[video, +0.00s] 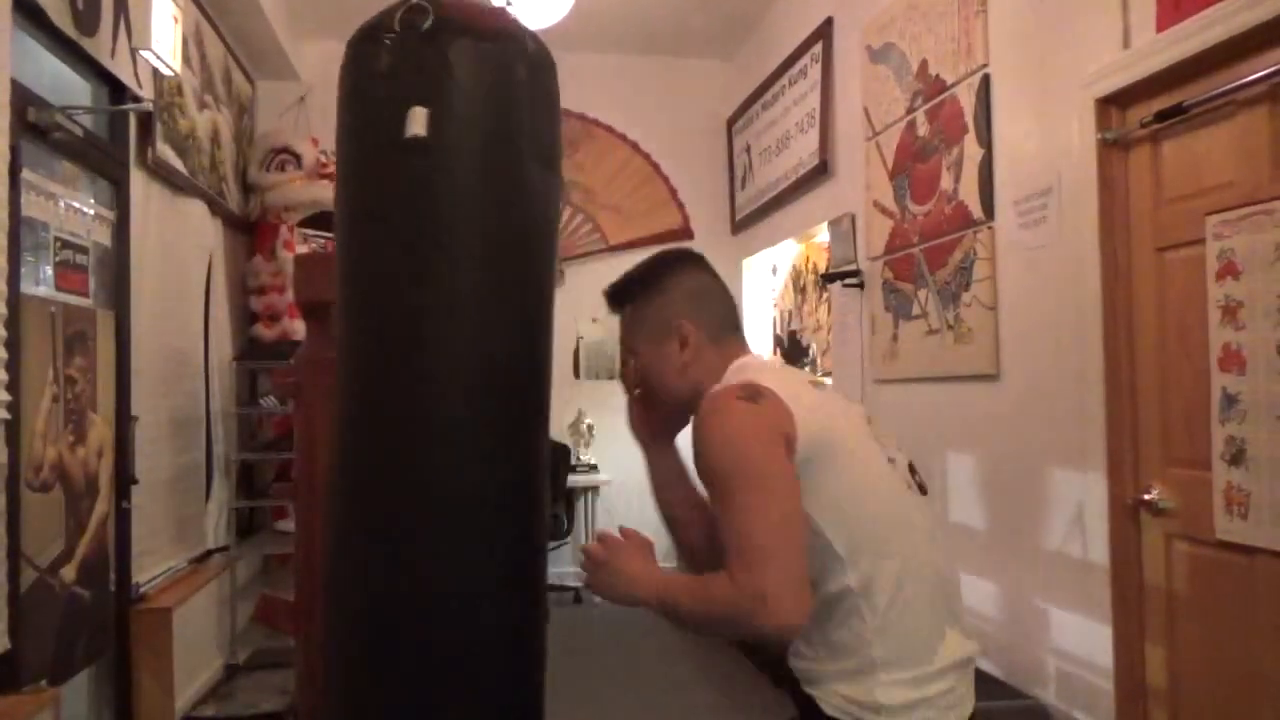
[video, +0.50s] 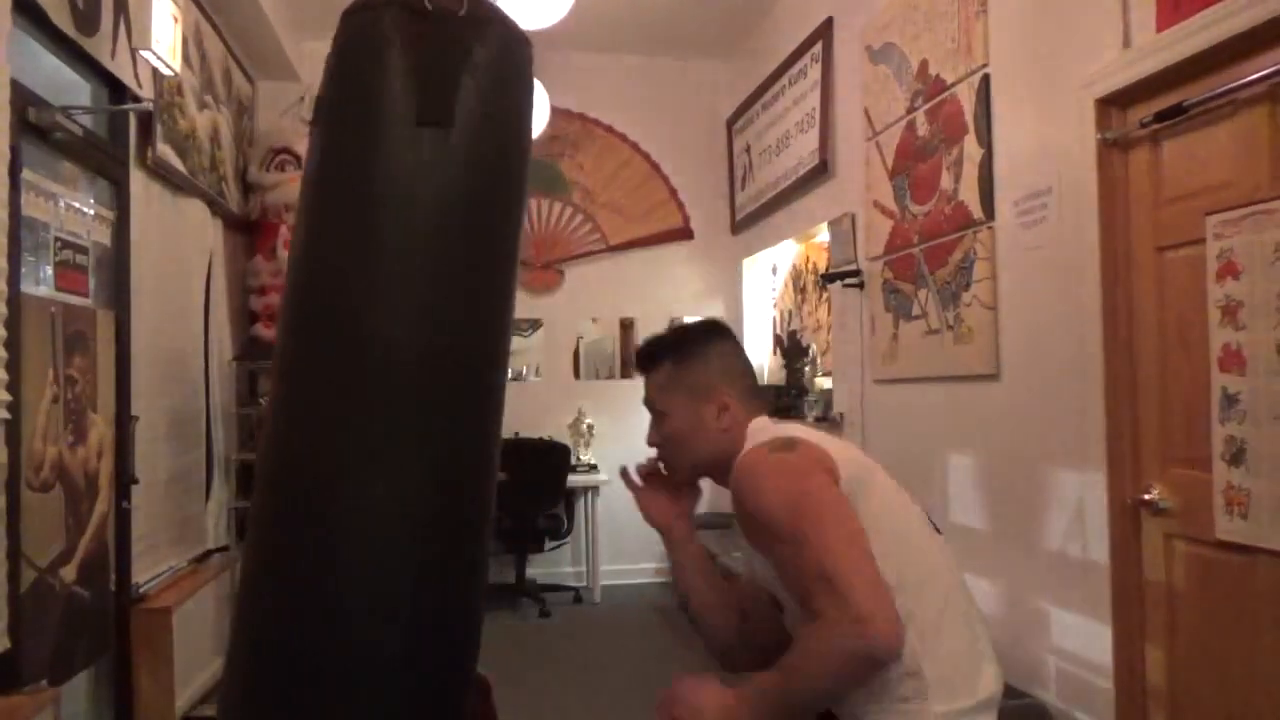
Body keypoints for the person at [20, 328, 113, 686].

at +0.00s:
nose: (69, 392)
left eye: (75, 383)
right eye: (64, 384)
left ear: (90, 386)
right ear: (60, 391)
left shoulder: (104, 432)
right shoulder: (61, 439)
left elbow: (104, 502)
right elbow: (36, 480)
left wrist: (75, 563)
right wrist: (46, 399)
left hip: (105, 549)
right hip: (75, 549)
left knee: (104, 626)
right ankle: (59, 685)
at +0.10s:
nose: (71, 392)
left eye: (76, 383)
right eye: (66, 385)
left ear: (90, 384)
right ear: (61, 390)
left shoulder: (104, 432)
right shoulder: (62, 439)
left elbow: (105, 500)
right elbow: (37, 480)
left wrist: (75, 562)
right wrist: (45, 401)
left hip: (105, 553)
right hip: (75, 554)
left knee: (106, 635)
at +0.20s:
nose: (72, 392)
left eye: (77, 383)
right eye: (67, 384)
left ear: (90, 385)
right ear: (61, 390)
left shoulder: (105, 431)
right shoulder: (62, 440)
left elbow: (104, 500)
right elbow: (38, 481)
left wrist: (75, 562)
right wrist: (45, 401)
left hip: (104, 555)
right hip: (74, 554)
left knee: (104, 637)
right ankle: (57, 690)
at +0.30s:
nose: (72, 392)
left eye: (77, 383)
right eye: (66, 385)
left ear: (90, 386)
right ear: (61, 391)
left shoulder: (104, 432)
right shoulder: (62, 441)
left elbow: (105, 501)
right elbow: (37, 481)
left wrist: (76, 563)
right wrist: (46, 401)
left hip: (104, 554)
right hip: (73, 552)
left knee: (104, 635)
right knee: (28, 606)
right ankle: (54, 689)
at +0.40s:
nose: (71, 393)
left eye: (77, 383)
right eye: (66, 385)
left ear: (90, 385)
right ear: (61, 391)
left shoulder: (104, 431)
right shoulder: (62, 439)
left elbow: (105, 500)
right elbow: (38, 481)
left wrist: (76, 562)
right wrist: (46, 401)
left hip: (104, 555)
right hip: (73, 553)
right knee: (27, 607)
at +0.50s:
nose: (70, 392)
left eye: (76, 383)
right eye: (65, 385)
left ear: (90, 384)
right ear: (61, 390)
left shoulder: (104, 430)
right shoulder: (62, 440)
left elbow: (105, 500)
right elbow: (38, 481)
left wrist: (76, 562)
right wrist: (45, 402)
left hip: (104, 555)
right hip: (73, 553)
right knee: (26, 607)